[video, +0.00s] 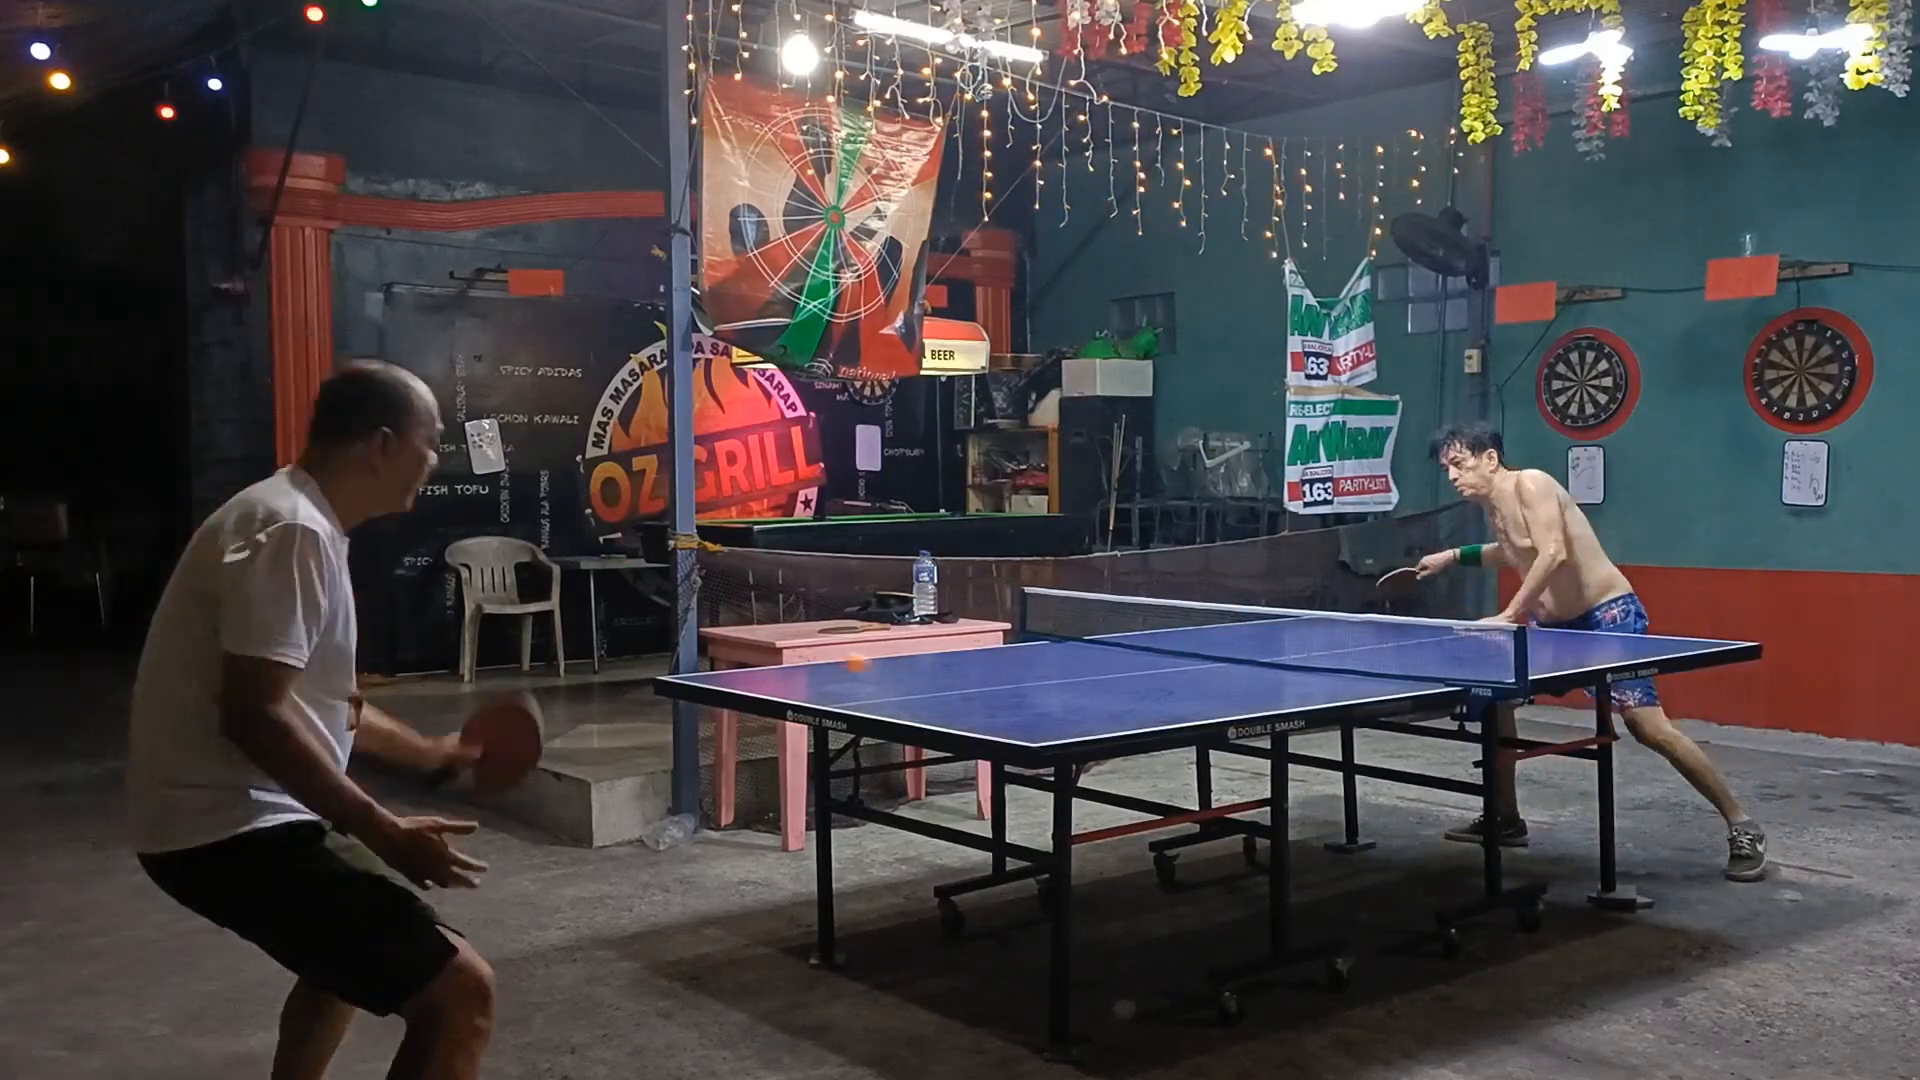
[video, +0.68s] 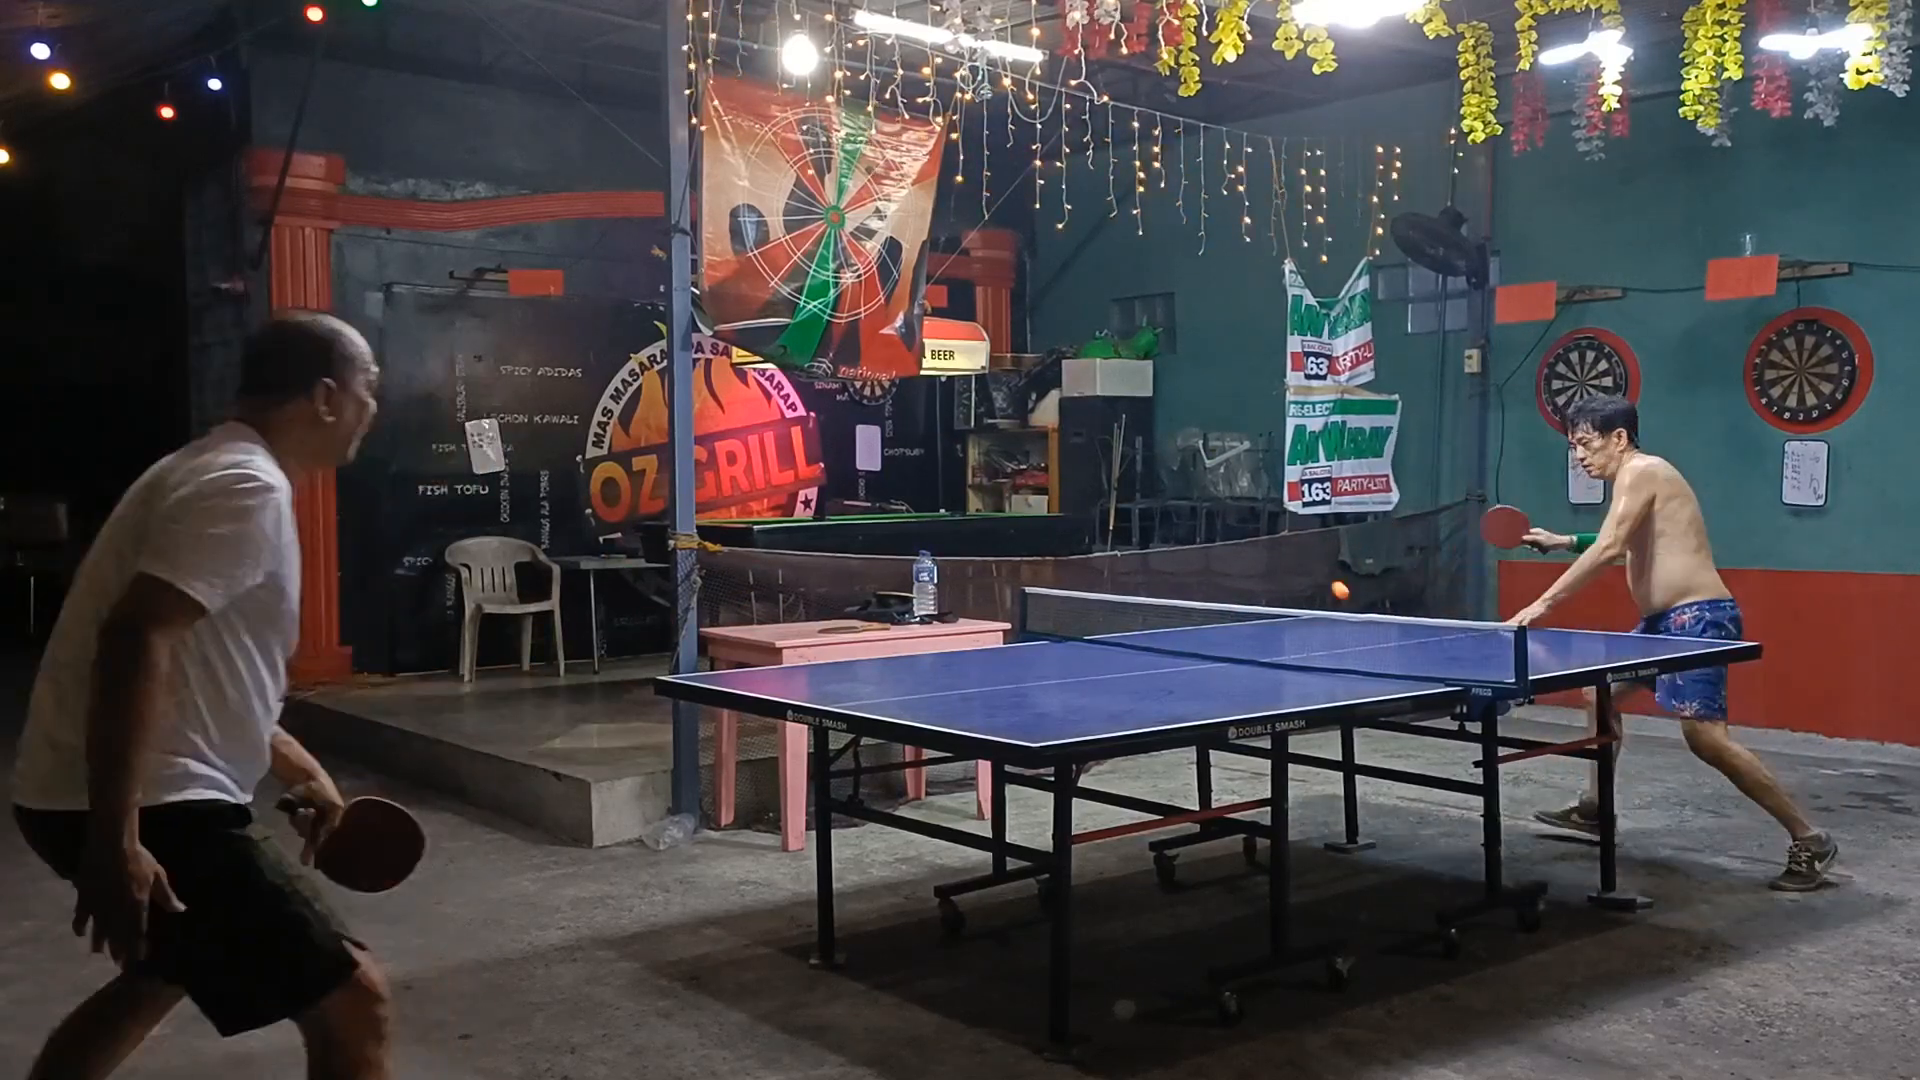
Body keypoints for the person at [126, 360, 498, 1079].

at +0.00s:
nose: (433, 465)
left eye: (435, 447)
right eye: (429, 445)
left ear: (362, 440)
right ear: (380, 443)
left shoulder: (299, 523)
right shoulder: (288, 531)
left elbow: (323, 703)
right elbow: (254, 714)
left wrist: (434, 754)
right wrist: (384, 830)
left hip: (239, 813)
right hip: (222, 826)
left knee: (350, 949)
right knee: (460, 991)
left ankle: (293, 1072)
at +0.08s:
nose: (477, 483)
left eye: (483, 466)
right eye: (477, 462)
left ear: (421, 448)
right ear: (430, 450)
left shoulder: (362, 526)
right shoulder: (315, 513)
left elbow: (356, 682)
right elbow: (237, 683)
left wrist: (477, 678)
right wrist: (364, 808)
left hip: (269, 789)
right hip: (215, 800)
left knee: (346, 963)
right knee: (442, 988)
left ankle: (301, 1072)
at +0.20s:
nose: (502, 476)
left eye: (507, 457)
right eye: (501, 454)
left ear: (449, 444)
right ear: (455, 443)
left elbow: (400, 673)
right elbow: (212, 647)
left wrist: (559, 695)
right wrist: (305, 799)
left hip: (266, 777)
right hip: (204, 777)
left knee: (330, 997)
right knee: (411, 985)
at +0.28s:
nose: (505, 465)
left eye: (509, 447)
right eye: (503, 444)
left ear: (451, 437)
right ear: (458, 437)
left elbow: (408, 669)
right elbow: (191, 623)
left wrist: (547, 717)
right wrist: (223, 801)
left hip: (304, 783)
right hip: (223, 785)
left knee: (327, 1002)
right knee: (399, 992)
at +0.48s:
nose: (472, 433)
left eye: (474, 413)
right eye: (467, 410)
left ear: (409, 409)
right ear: (423, 410)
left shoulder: (330, 481)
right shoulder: (329, 486)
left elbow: (320, 672)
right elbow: (190, 615)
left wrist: (426, 747)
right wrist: (113, 802)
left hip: (222, 783)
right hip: (212, 791)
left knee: (258, 962)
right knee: (395, 999)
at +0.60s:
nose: (419, 421)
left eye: (423, 402)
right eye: (418, 400)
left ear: (313, 392)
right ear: (376, 402)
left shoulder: (237, 466)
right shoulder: (296, 485)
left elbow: (239, 671)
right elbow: (174, 631)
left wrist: (343, 765)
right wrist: (113, 822)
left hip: (125, 783)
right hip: (195, 800)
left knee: (207, 958)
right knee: (382, 998)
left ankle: (133, 1072)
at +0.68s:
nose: (372, 415)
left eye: (375, 396)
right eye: (370, 393)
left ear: (289, 391)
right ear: (326, 397)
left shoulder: (199, 469)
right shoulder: (246, 484)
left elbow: (192, 678)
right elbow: (137, 636)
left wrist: (303, 771)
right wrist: (116, 837)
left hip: (86, 787)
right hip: (162, 799)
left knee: (167, 966)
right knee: (351, 999)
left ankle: (52, 1070)